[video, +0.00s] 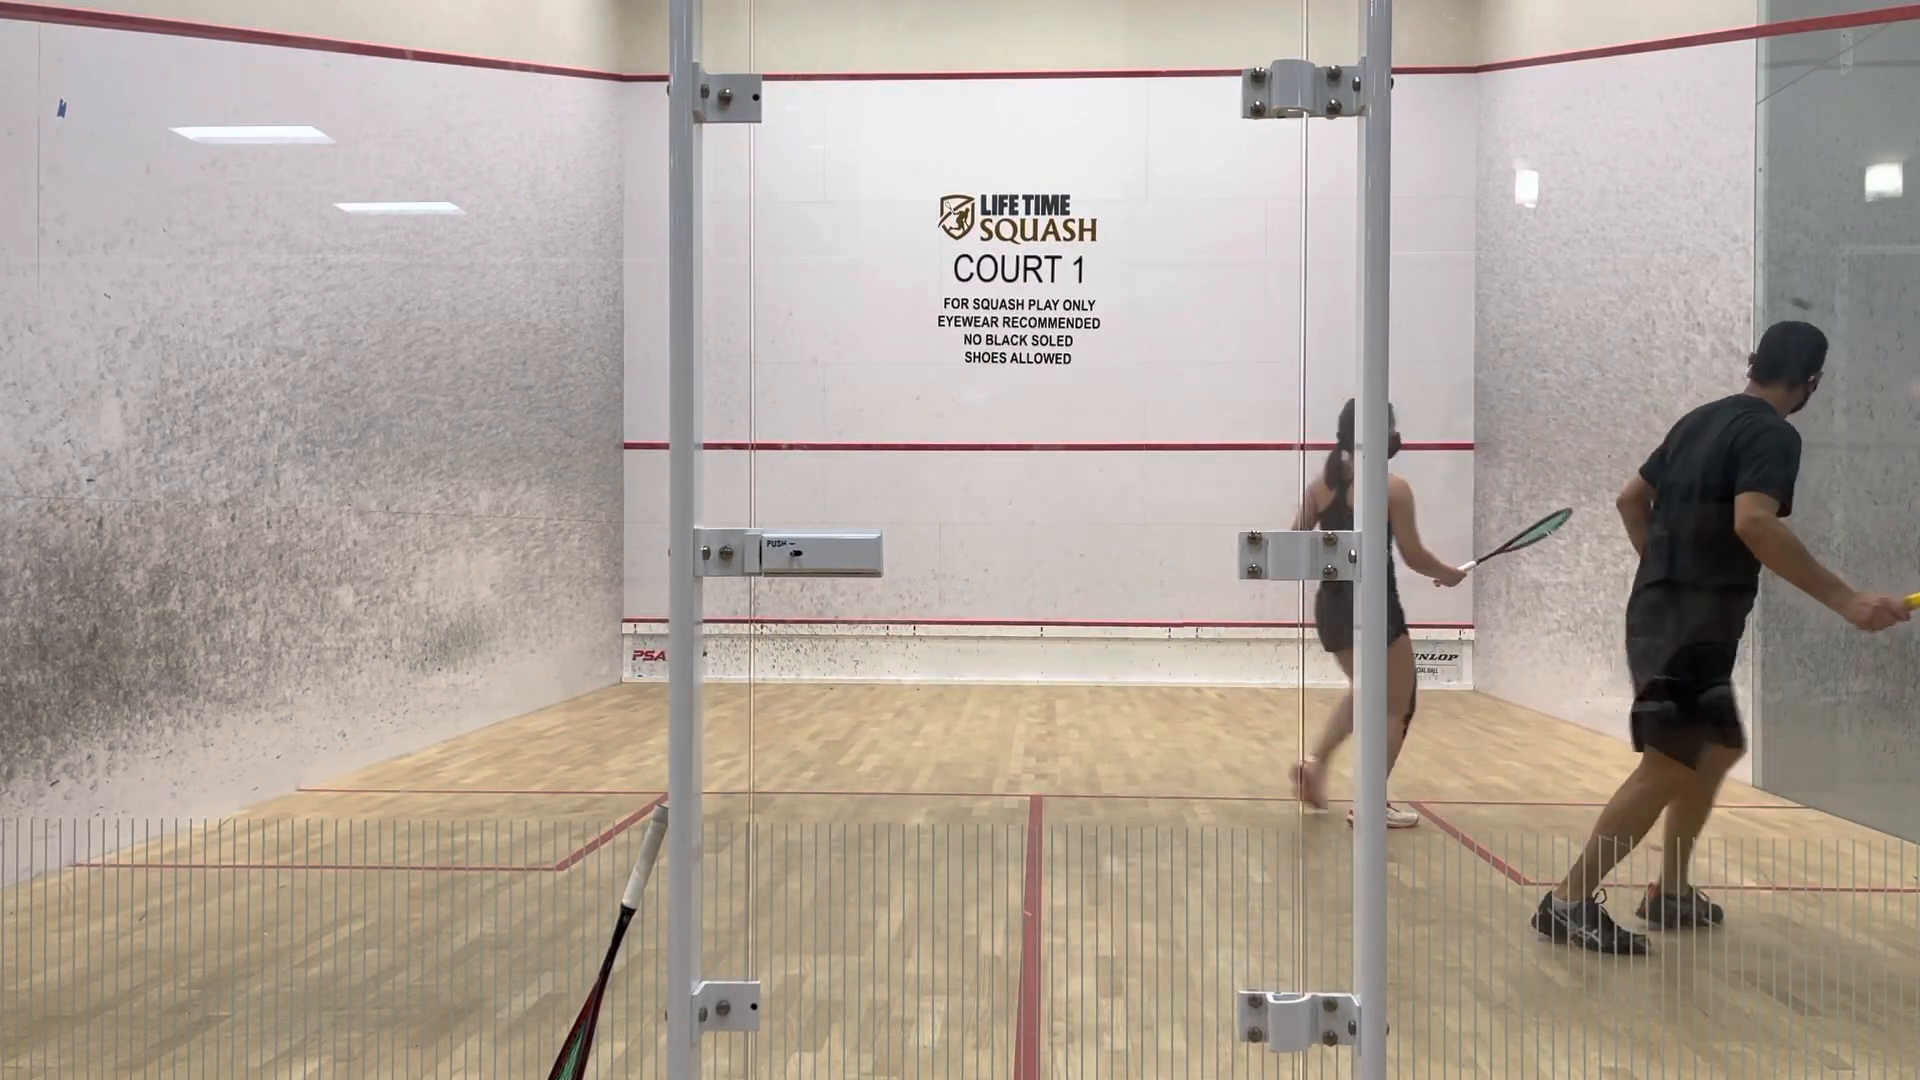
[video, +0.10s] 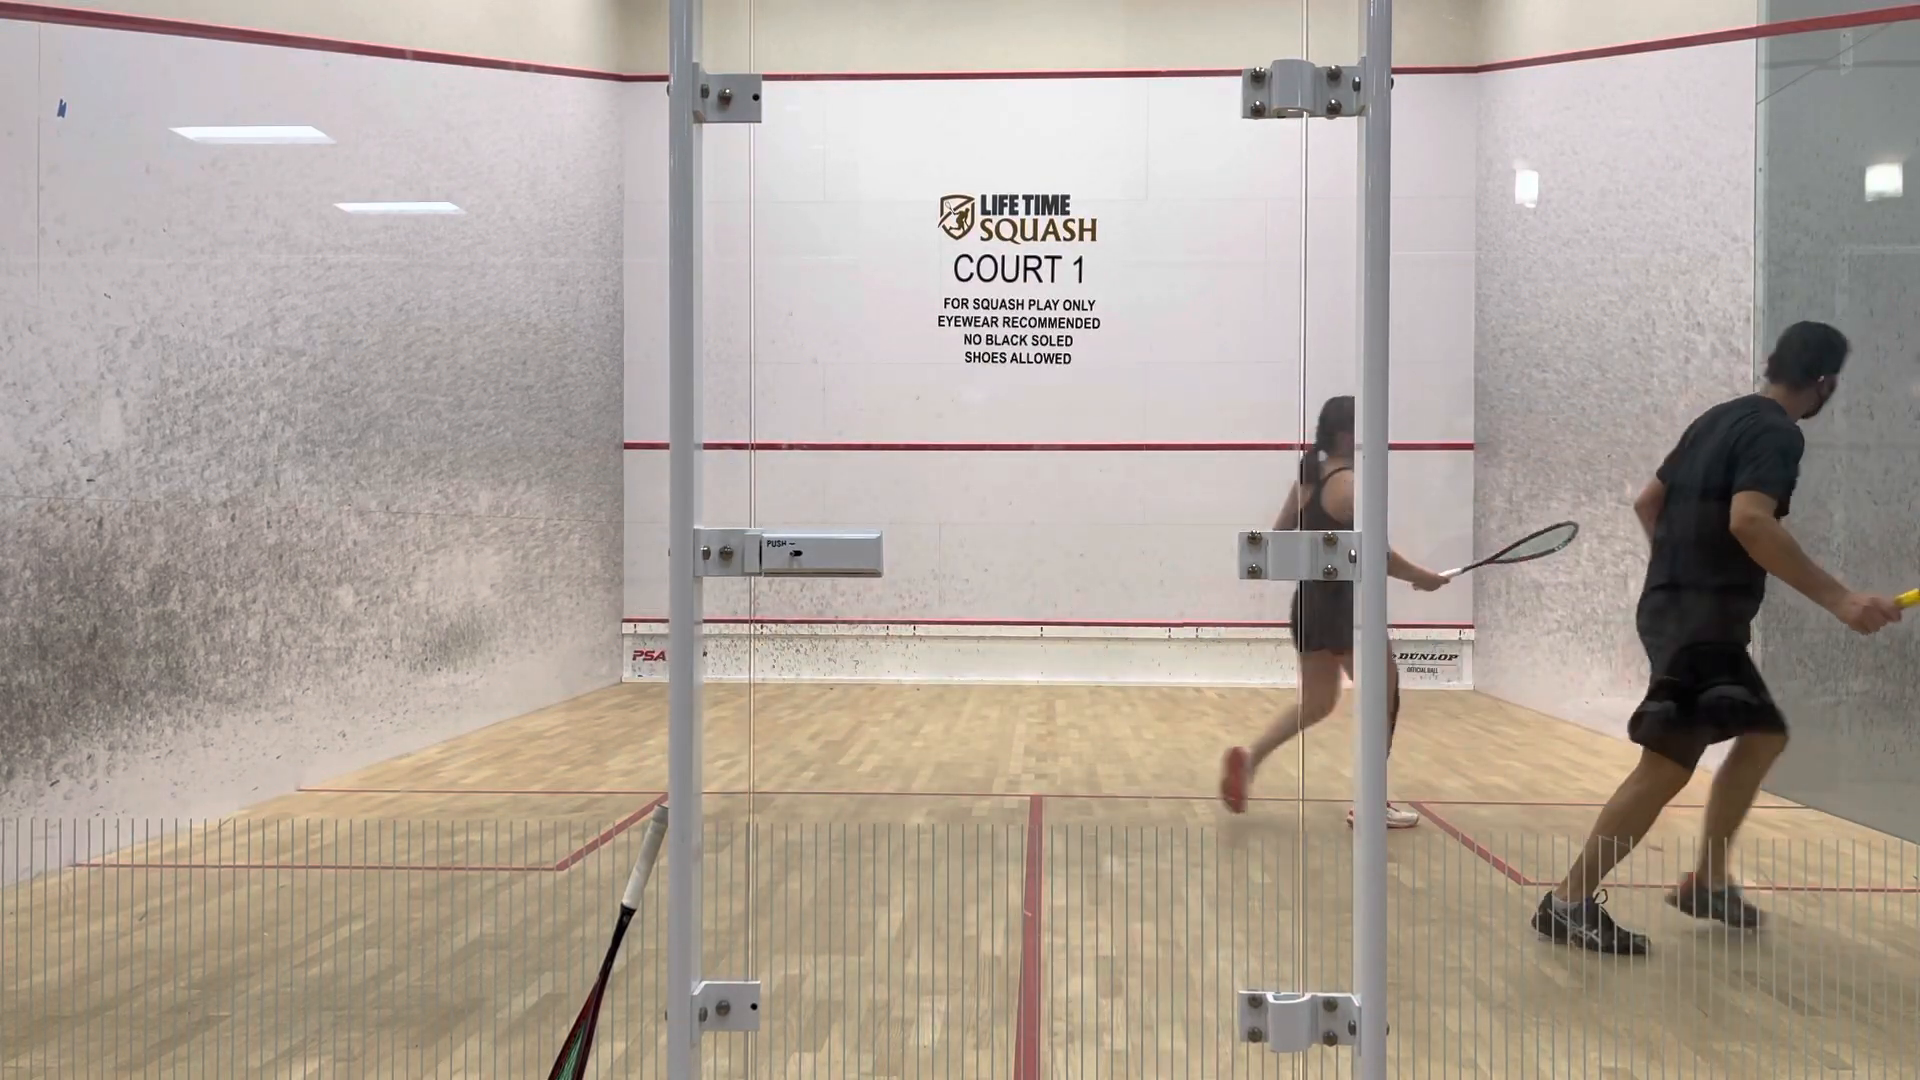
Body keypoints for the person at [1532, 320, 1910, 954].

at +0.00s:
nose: (1815, 391)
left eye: (1817, 381)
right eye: (1818, 381)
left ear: (1751, 366)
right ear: (1809, 380)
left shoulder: (1699, 419)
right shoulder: (1772, 432)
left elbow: (1633, 500)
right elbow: (1754, 522)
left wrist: (1666, 571)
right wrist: (1850, 600)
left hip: (1658, 619)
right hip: (1694, 627)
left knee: (1721, 743)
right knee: (1671, 759)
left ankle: (1670, 890)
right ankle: (1570, 899)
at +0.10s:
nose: (1833, 393)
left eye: (1833, 382)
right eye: (1835, 383)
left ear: (1773, 366)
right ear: (1823, 383)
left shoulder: (1719, 418)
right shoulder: (1775, 432)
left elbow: (1649, 501)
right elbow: (1750, 521)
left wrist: (1688, 573)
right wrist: (1843, 600)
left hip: (1676, 614)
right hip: (1701, 623)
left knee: (1765, 734)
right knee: (1667, 763)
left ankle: (1708, 882)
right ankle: (1570, 898)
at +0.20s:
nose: (1872, 398)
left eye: (1876, 386)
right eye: (1873, 385)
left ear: (1819, 368)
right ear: (1849, 378)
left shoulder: (1746, 412)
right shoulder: (1797, 424)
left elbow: (1678, 492)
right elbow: (1761, 509)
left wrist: (1714, 566)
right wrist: (1844, 583)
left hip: (1700, 611)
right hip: (1718, 620)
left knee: (1787, 733)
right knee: (1676, 759)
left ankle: (1795, 897)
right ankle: (1576, 894)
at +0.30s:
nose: (1906, 414)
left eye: (1912, 403)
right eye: (1907, 399)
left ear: (1868, 376)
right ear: (1879, 378)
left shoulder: (1795, 420)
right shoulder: (1824, 429)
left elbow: (1716, 500)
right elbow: (1782, 506)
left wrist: (1783, 593)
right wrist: (1867, 568)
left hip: (1739, 621)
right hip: (1739, 626)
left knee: (1813, 752)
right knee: (1687, 766)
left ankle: (1870, 909)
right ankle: (1580, 890)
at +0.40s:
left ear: (1905, 392)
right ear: (1912, 391)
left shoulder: (1866, 451)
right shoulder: (1856, 441)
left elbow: (1800, 544)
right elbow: (1801, 506)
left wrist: (1835, 622)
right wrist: (1884, 551)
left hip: (1800, 636)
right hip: (1766, 635)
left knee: (1859, 762)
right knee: (1744, 783)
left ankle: (1890, 919)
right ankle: (1601, 881)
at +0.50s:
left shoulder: (1908, 469)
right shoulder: (1896, 444)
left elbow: (1867, 552)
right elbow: (1817, 492)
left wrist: (1901, 626)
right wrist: (1899, 532)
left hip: (1826, 630)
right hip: (1776, 628)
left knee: (1880, 759)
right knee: (1826, 779)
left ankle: (1892, 919)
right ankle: (1668, 861)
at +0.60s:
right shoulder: (1909, 445)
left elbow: (1910, 572)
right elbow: (1832, 469)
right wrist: (1912, 502)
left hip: (1832, 620)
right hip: (1789, 612)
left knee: (1891, 759)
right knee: (1869, 756)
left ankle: (1893, 919)